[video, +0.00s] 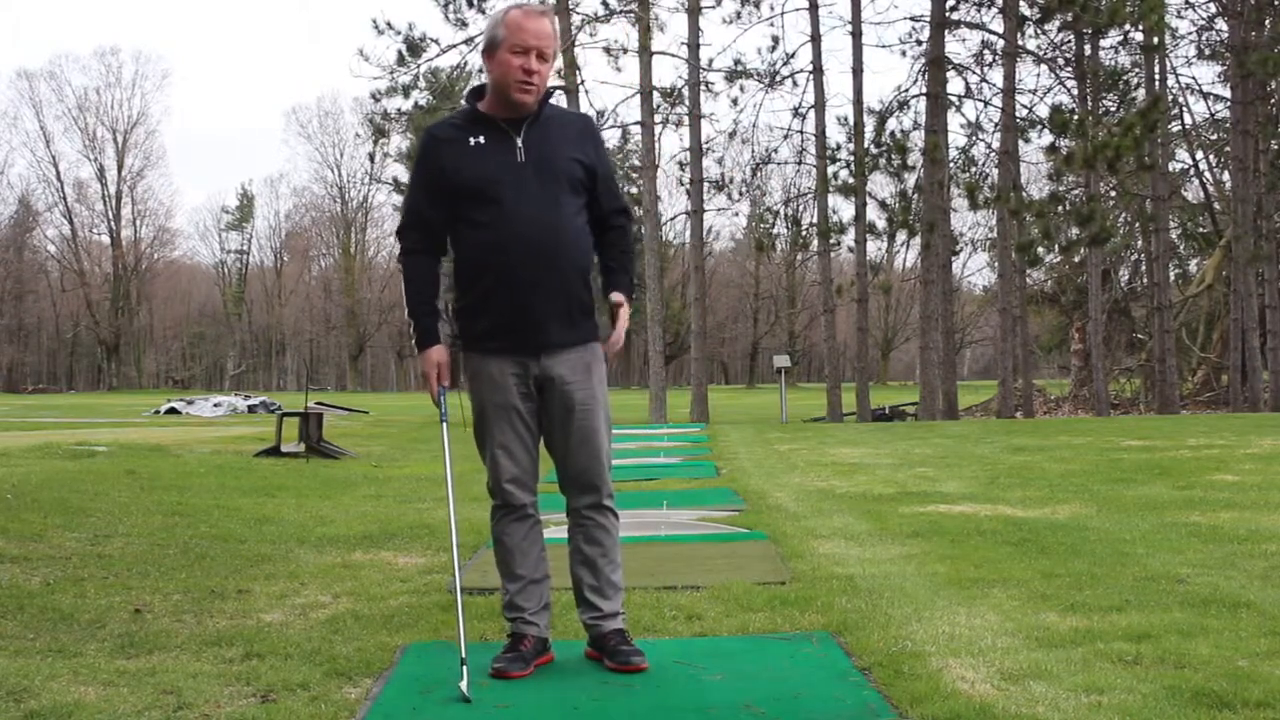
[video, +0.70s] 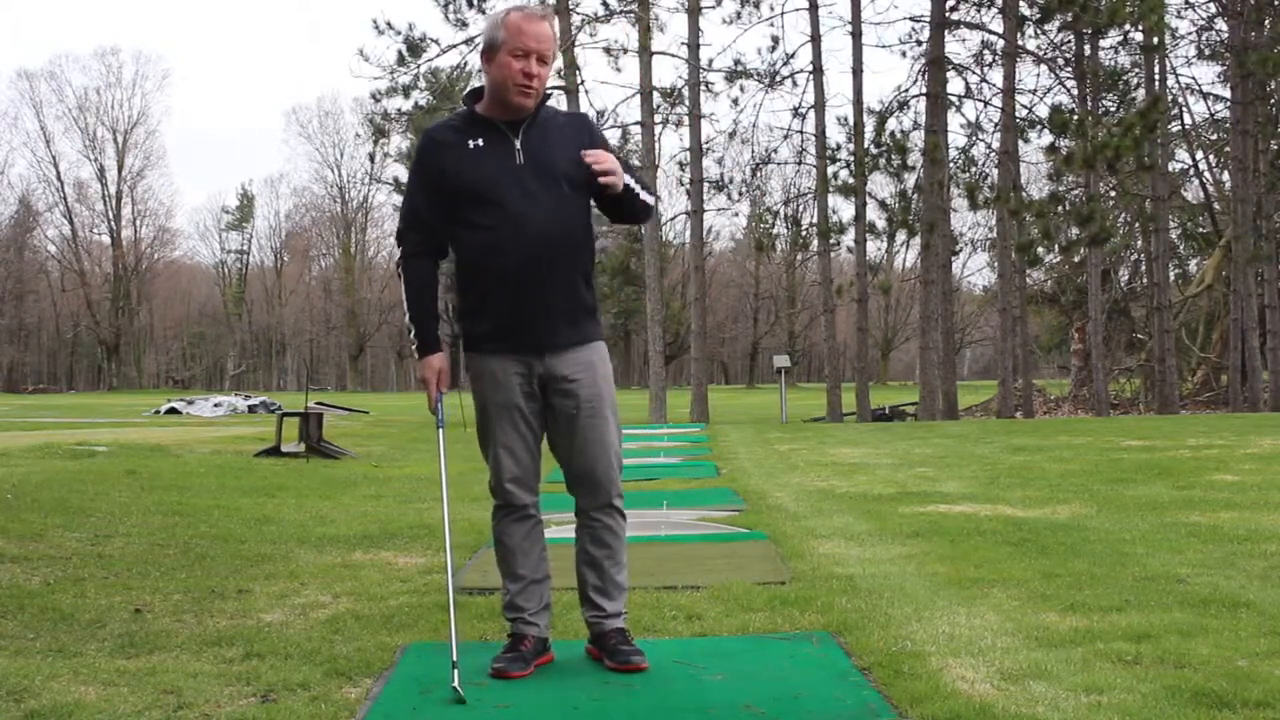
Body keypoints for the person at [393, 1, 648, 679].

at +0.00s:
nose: (533, 67)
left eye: (544, 57)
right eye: (520, 53)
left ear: (554, 65)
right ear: (487, 58)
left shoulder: (578, 132)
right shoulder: (444, 142)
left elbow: (613, 219)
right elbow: (419, 245)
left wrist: (622, 291)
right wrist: (428, 338)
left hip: (575, 339)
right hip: (489, 345)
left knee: (592, 491)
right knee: (511, 497)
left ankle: (608, 628)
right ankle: (527, 632)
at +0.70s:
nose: (535, 72)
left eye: (545, 60)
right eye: (523, 58)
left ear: (553, 66)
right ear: (488, 60)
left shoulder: (578, 132)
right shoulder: (442, 145)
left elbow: (639, 214)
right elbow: (419, 248)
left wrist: (617, 187)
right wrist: (429, 345)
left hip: (577, 338)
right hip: (493, 346)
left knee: (601, 490)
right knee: (514, 495)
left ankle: (609, 627)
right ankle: (528, 631)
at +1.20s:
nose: (567, 57)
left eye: (581, 50)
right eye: (556, 44)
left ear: (594, 67)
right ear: (529, 53)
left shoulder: (620, 135)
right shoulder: (484, 135)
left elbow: (690, 186)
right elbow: (450, 234)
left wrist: (682, 141)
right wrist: (451, 332)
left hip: (606, 341)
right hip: (524, 345)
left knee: (626, 490)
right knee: (529, 496)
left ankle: (644, 629)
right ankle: (529, 631)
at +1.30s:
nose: (582, 57)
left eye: (596, 49)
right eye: (571, 43)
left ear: (608, 66)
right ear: (543, 52)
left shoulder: (633, 135)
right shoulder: (496, 134)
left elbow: (704, 182)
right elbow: (462, 235)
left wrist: (712, 132)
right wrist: (463, 332)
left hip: (617, 341)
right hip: (534, 345)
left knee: (631, 492)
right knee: (534, 496)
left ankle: (644, 629)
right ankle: (529, 631)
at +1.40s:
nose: (597, 57)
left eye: (611, 50)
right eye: (587, 43)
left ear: (623, 66)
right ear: (559, 50)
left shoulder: (649, 137)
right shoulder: (510, 132)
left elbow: (720, 181)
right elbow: (473, 234)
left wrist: (741, 140)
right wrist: (476, 328)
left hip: (629, 344)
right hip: (545, 345)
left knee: (636, 494)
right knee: (539, 495)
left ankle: (644, 628)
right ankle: (530, 630)